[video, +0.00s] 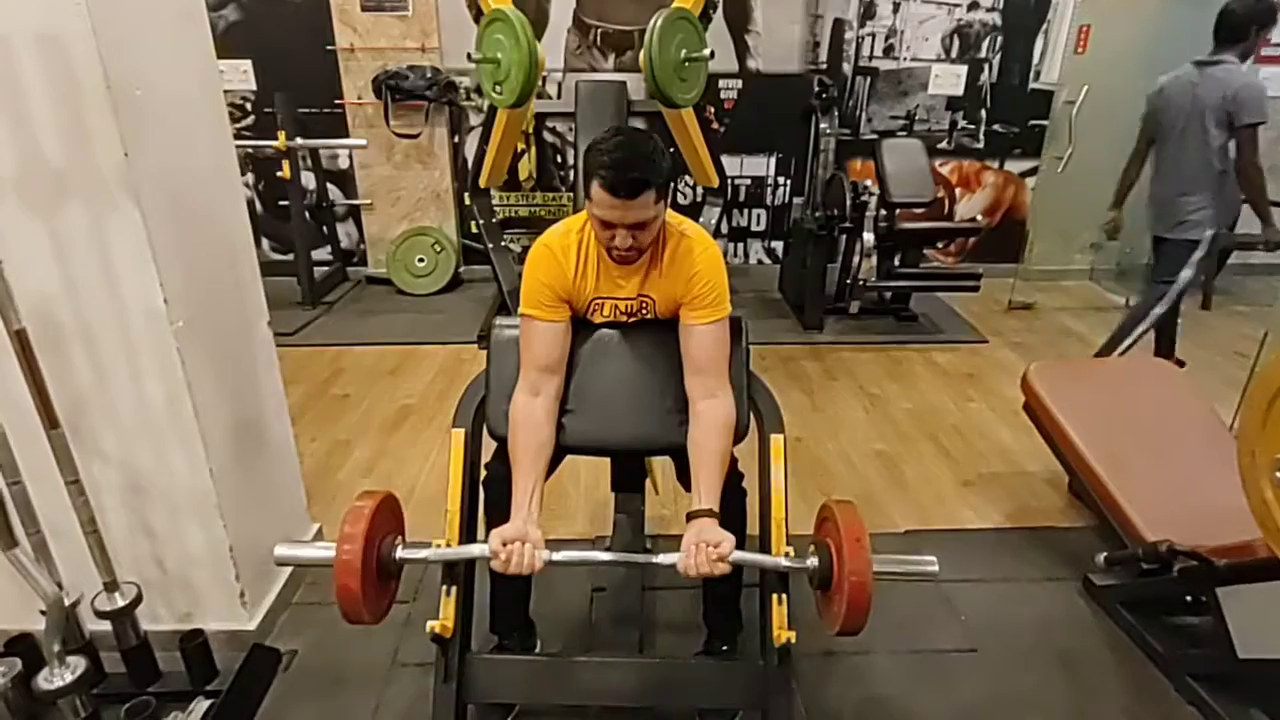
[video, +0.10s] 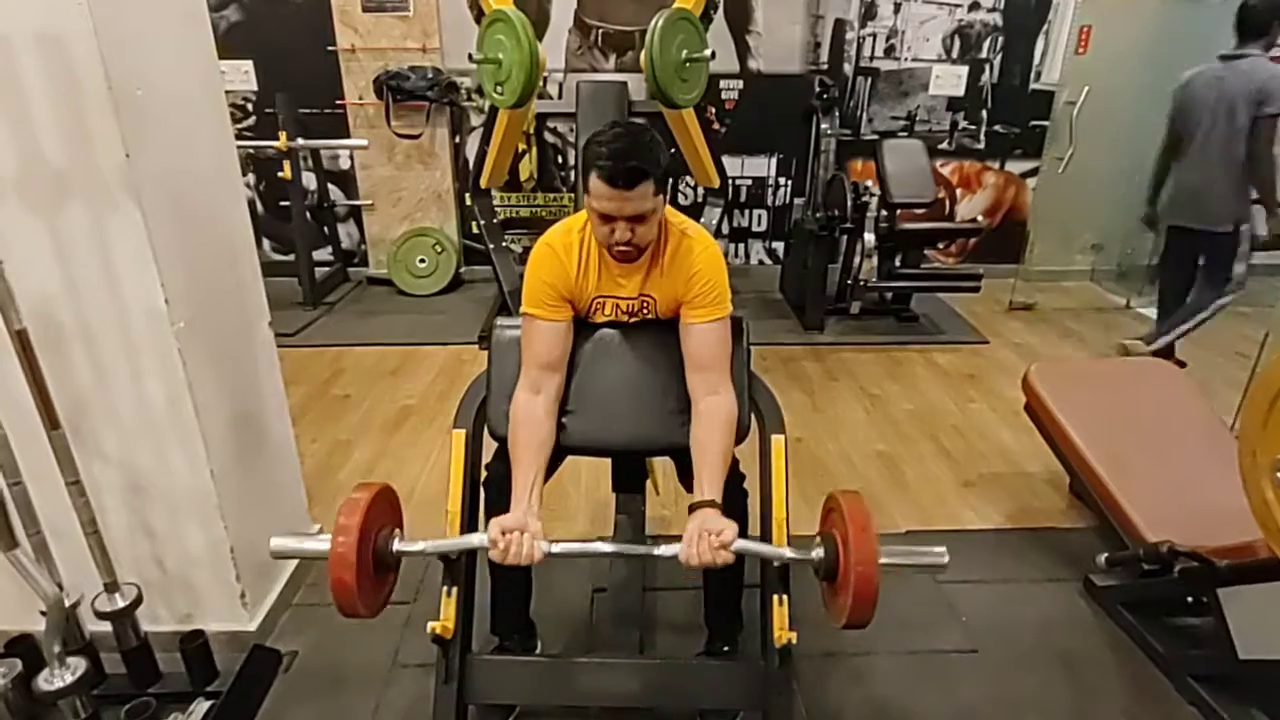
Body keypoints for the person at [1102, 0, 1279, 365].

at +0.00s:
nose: (1264, 44)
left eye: (1266, 37)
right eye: (1265, 37)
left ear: (1217, 34)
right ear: (1254, 38)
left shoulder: (1169, 85)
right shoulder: (1243, 88)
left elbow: (1140, 152)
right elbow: (1247, 165)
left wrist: (1116, 209)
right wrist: (1268, 222)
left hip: (1162, 212)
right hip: (1204, 216)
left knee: (1167, 295)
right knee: (1156, 301)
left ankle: (1164, 362)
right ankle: (1101, 362)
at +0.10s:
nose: (1278, 38)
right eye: (1277, 31)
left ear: (1238, 31)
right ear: (1273, 34)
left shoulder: (1193, 79)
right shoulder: (1267, 77)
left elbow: (1169, 146)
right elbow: (1261, 153)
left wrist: (1151, 201)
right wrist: (1272, 214)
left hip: (1180, 204)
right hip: (1224, 209)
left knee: (1172, 285)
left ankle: (1165, 358)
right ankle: (1154, 342)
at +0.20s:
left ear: (1242, 32)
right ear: (1276, 36)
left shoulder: (1199, 77)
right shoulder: (1271, 76)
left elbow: (1175, 148)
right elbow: (1263, 153)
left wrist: (1162, 200)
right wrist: (1272, 209)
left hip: (1184, 202)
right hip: (1230, 207)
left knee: (1173, 282)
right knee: (1223, 282)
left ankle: (1164, 349)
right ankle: (1168, 341)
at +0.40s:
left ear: (1264, 35)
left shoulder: (1223, 77)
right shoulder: (1276, 83)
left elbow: (1203, 137)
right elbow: (1273, 155)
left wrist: (1206, 179)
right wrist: (1274, 211)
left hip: (1203, 196)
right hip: (1252, 204)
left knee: (1184, 274)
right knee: (1248, 280)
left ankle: (1164, 350)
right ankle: (1227, 352)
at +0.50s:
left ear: (1273, 52)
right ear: (1279, 56)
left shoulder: (1246, 81)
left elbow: (1221, 140)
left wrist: (1235, 171)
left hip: (1223, 198)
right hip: (1267, 205)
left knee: (1200, 270)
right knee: (1253, 278)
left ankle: (1168, 347)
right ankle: (1239, 344)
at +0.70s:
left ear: (1276, 52)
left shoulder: (1262, 81)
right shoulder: (1263, 83)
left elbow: (1246, 136)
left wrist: (1246, 175)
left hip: (1251, 192)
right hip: (1278, 202)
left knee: (1222, 262)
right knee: (1266, 276)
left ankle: (1198, 319)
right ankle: (1241, 345)